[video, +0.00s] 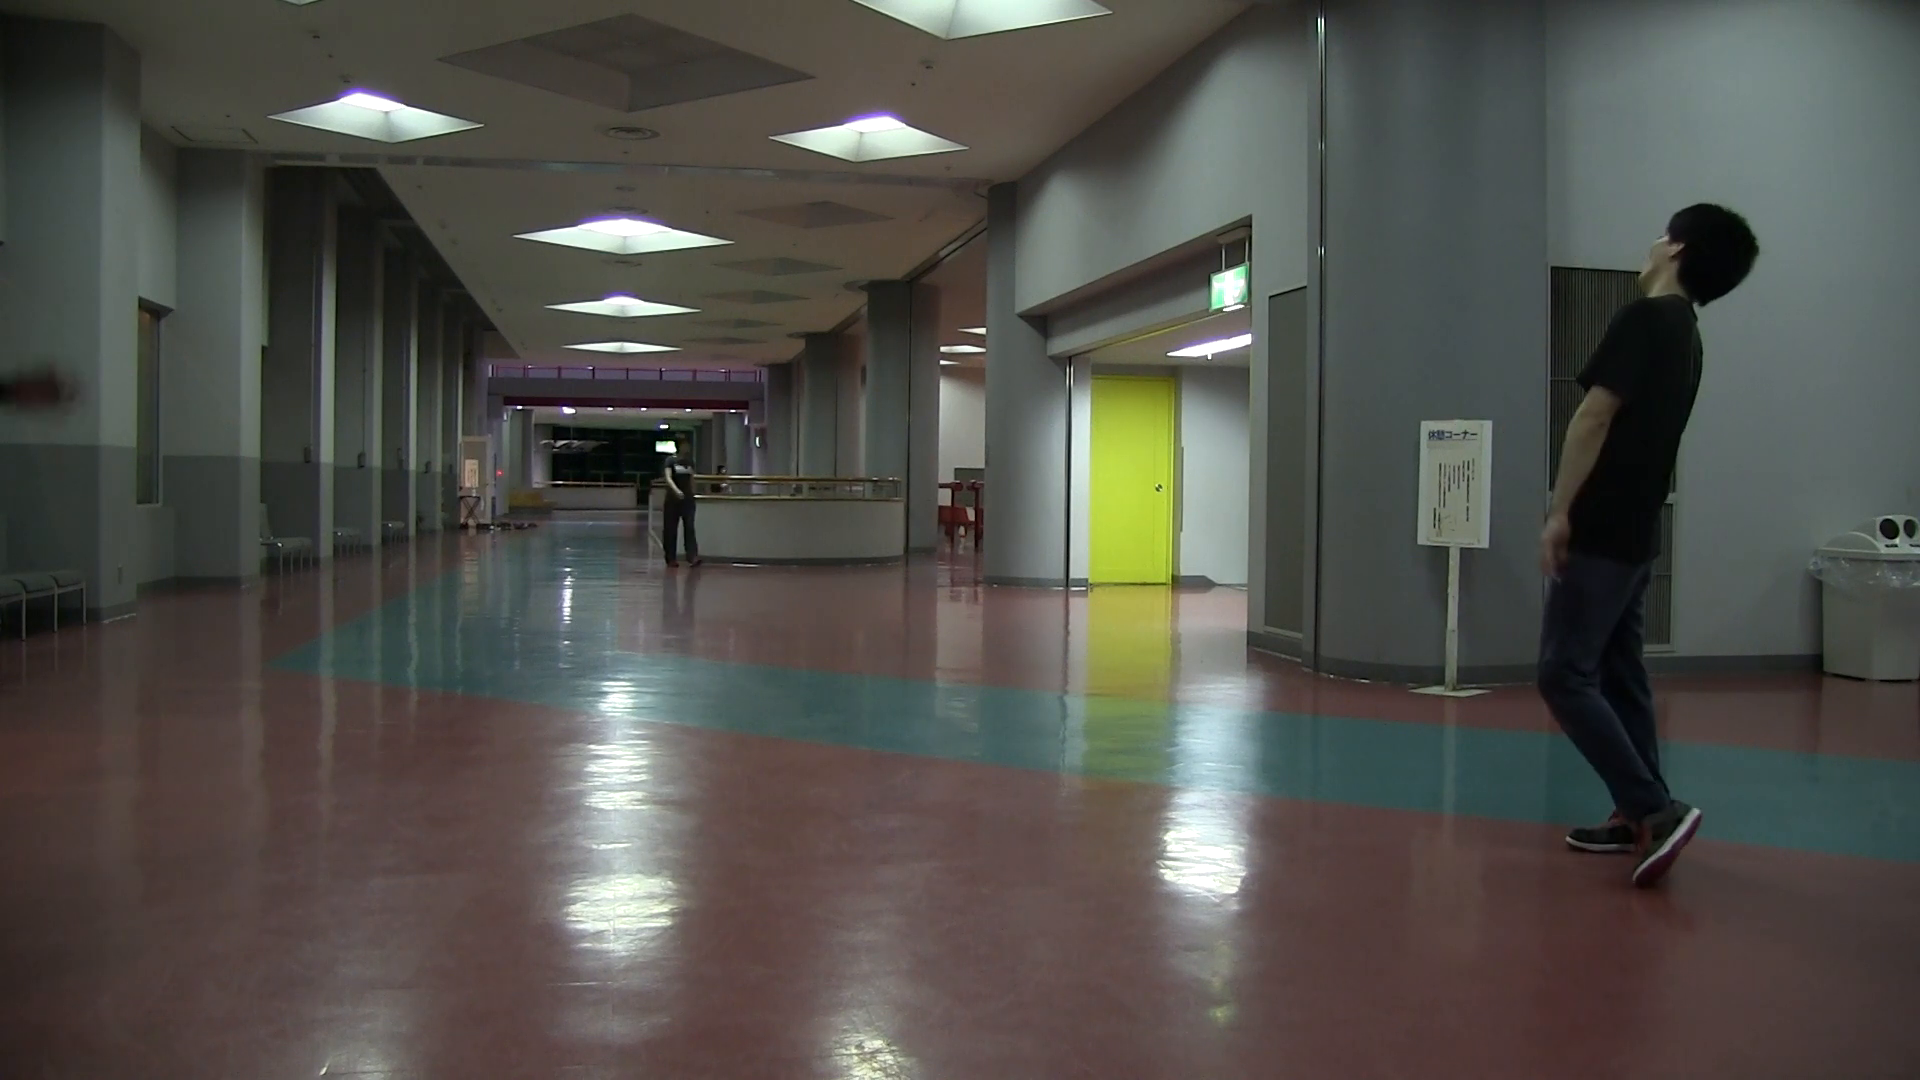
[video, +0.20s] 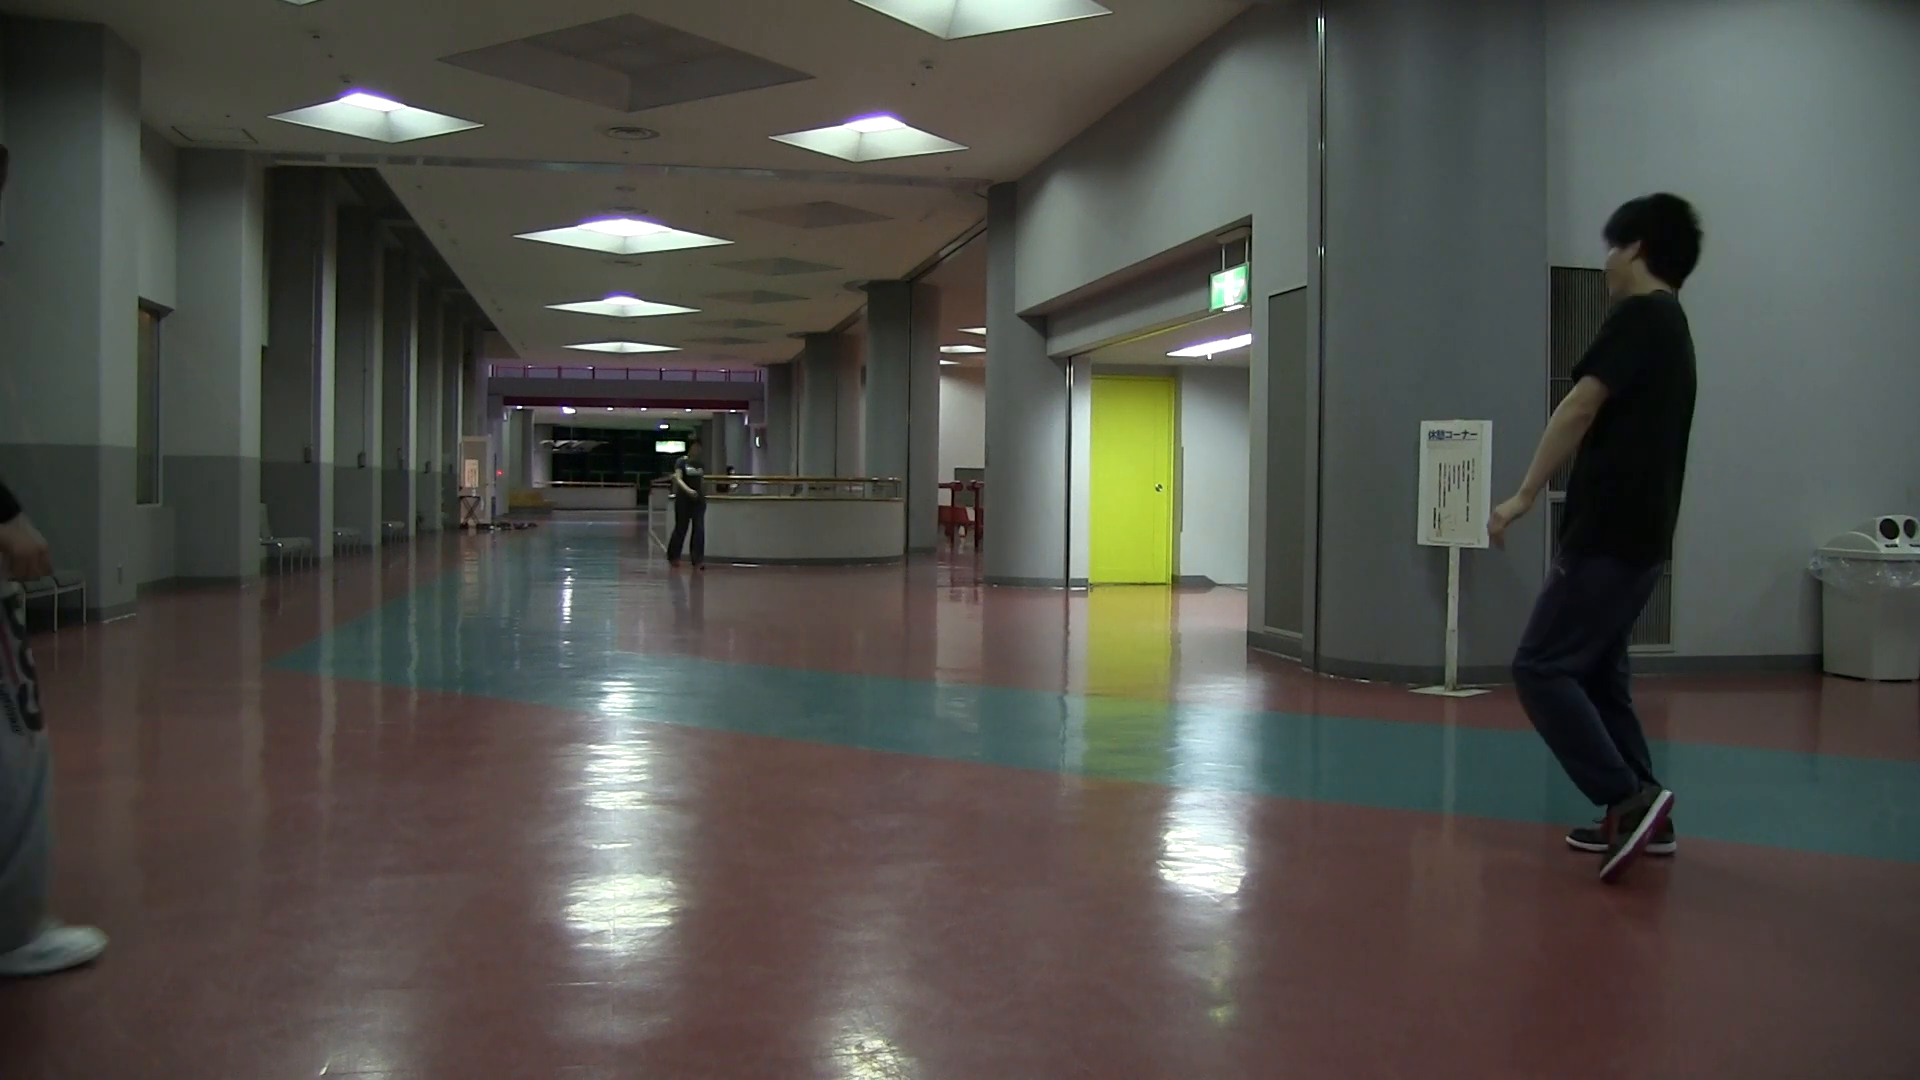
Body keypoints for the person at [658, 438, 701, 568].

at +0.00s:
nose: (686, 448)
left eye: (687, 446)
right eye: (683, 446)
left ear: (689, 447)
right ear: (678, 447)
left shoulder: (690, 462)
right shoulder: (670, 461)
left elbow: (692, 479)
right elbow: (668, 478)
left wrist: (692, 492)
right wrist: (677, 491)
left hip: (687, 499)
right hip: (673, 500)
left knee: (689, 529)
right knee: (670, 530)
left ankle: (692, 557)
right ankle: (671, 558)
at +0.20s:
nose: (697, 452)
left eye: (698, 449)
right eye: (694, 449)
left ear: (700, 451)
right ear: (690, 450)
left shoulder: (700, 465)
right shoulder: (681, 463)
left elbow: (700, 482)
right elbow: (677, 478)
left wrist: (702, 495)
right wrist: (689, 490)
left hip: (698, 501)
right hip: (684, 501)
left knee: (698, 530)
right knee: (681, 528)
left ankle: (697, 559)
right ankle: (673, 556)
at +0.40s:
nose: (706, 449)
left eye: (708, 446)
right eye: (704, 446)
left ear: (710, 448)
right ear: (699, 446)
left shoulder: (711, 462)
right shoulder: (689, 461)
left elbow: (715, 481)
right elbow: (684, 481)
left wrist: (718, 498)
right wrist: (683, 500)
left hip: (707, 500)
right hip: (693, 500)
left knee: (702, 529)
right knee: (696, 529)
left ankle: (699, 559)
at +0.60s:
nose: (717, 452)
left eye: (718, 449)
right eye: (714, 449)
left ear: (720, 451)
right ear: (708, 450)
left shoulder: (719, 466)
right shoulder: (699, 465)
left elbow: (727, 479)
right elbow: (689, 482)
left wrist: (736, 486)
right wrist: (681, 499)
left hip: (716, 503)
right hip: (702, 504)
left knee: (706, 532)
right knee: (709, 532)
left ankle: (698, 560)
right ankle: (716, 561)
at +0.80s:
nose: (728, 449)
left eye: (729, 446)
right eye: (726, 446)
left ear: (730, 447)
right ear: (719, 447)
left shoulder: (730, 464)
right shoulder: (709, 463)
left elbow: (736, 481)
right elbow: (703, 482)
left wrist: (744, 495)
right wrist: (700, 500)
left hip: (727, 501)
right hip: (713, 501)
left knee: (730, 529)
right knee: (718, 531)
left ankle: (713, 551)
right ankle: (721, 562)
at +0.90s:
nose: (733, 449)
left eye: (735, 445)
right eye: (732, 445)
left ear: (735, 446)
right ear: (726, 445)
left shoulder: (735, 462)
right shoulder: (715, 461)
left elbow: (739, 482)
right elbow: (710, 482)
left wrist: (743, 500)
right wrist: (713, 499)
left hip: (734, 501)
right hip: (720, 501)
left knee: (738, 531)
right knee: (718, 533)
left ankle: (726, 556)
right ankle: (720, 563)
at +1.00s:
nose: (740, 449)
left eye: (741, 446)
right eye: (738, 445)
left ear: (741, 446)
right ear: (731, 445)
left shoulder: (740, 462)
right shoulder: (722, 460)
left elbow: (742, 480)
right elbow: (720, 479)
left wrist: (745, 495)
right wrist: (730, 494)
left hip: (739, 498)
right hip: (724, 499)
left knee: (744, 531)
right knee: (721, 532)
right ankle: (720, 562)